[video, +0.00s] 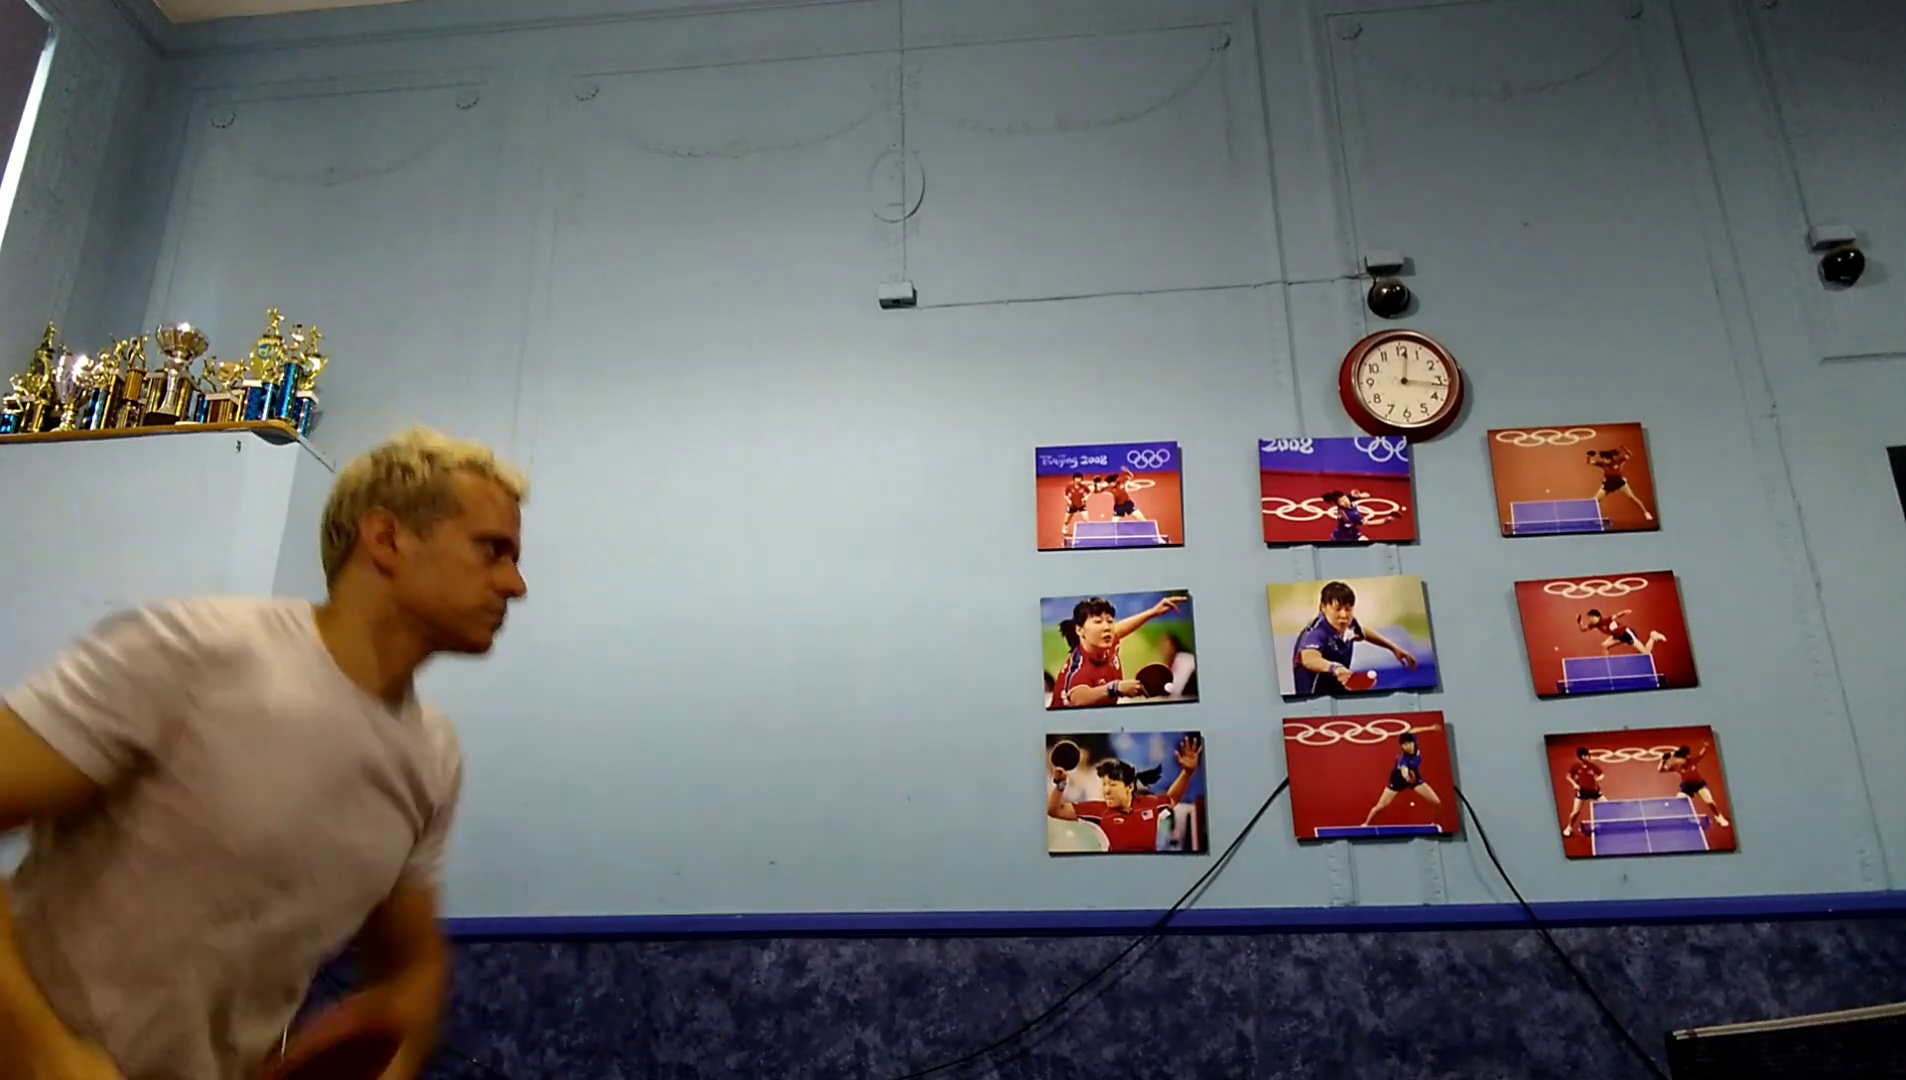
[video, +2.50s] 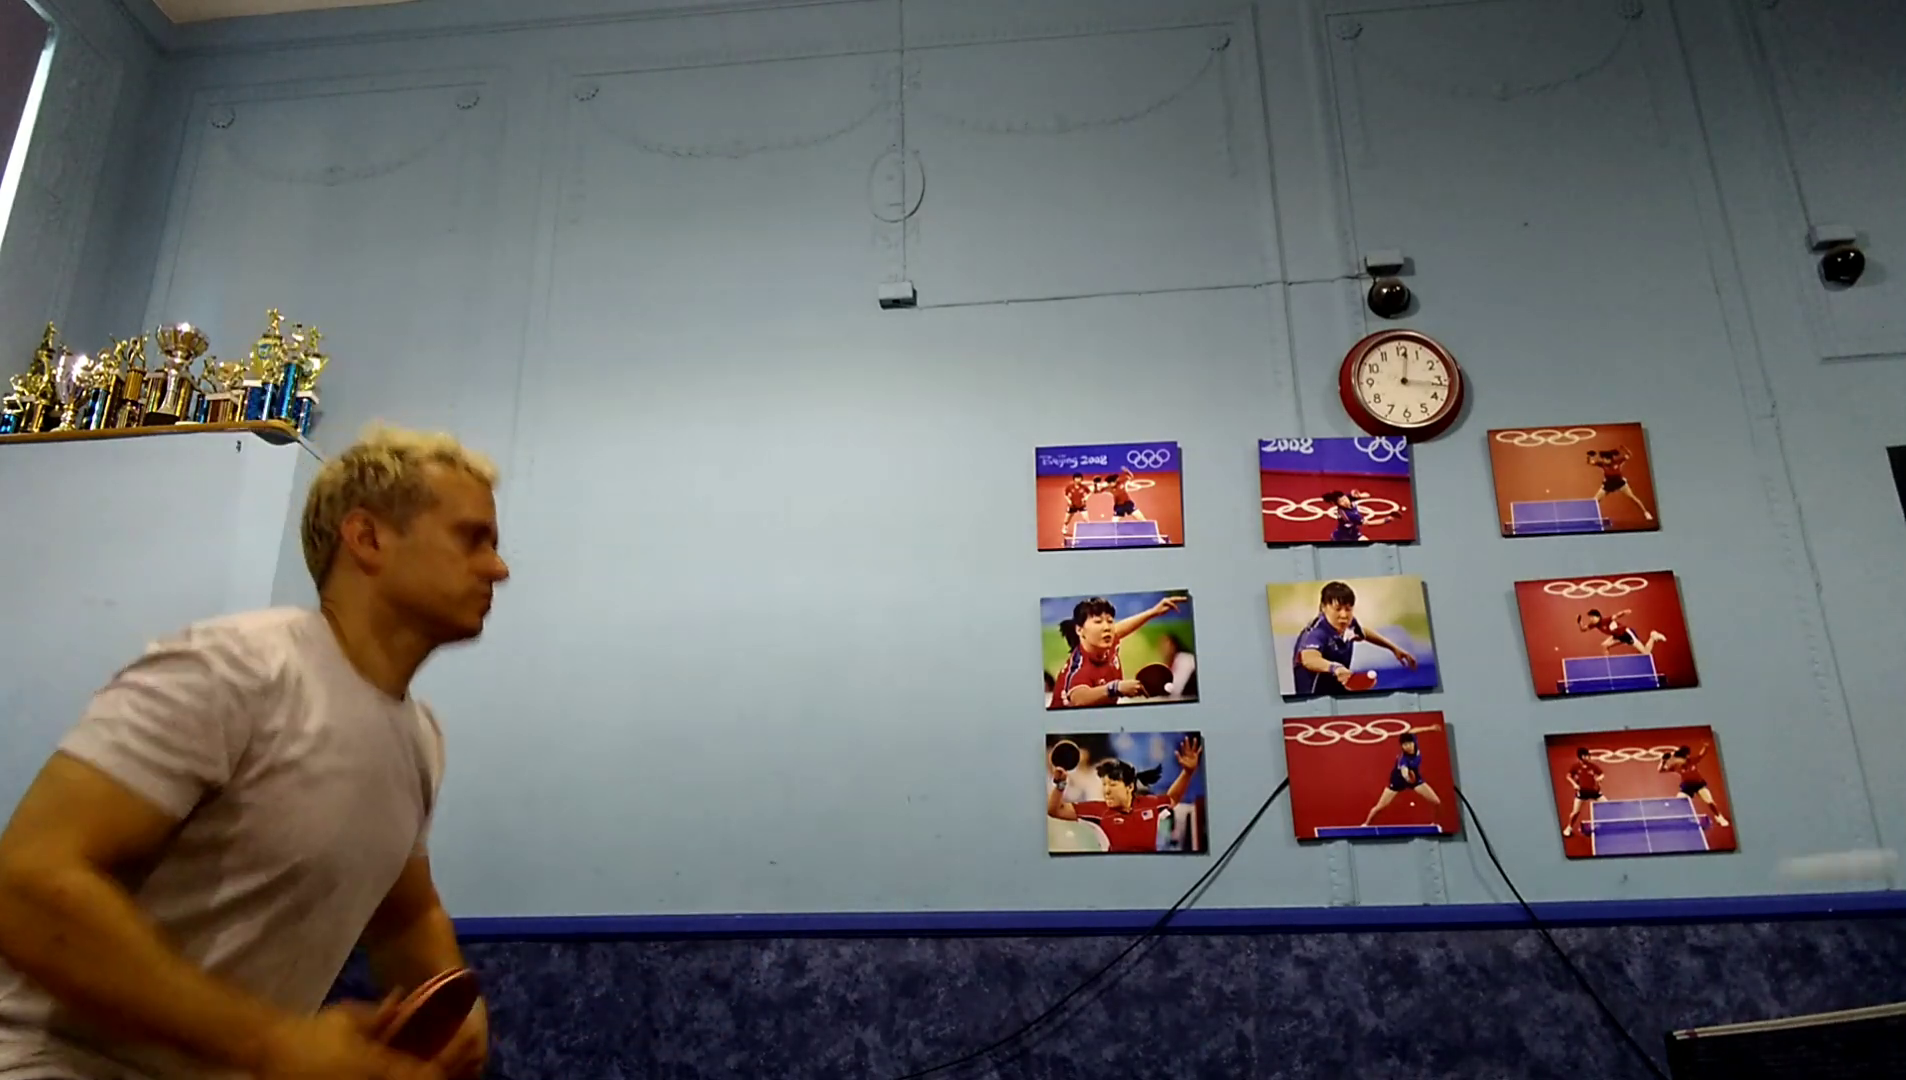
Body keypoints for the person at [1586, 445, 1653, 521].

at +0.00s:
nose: (1605, 461)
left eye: (1606, 460)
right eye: (1603, 460)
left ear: (1610, 459)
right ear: (1603, 459)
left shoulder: (1618, 461)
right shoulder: (1602, 464)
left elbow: (1629, 456)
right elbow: (1590, 463)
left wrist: (1624, 448)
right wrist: (1589, 457)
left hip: (1620, 482)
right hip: (1608, 483)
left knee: (1632, 497)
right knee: (1595, 499)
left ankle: (1645, 512)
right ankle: (1591, 518)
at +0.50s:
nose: (1605, 461)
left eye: (1606, 460)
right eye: (1603, 460)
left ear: (1610, 459)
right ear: (1603, 459)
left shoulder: (1617, 461)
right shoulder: (1602, 464)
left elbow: (1629, 456)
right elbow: (1590, 463)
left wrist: (1625, 449)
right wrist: (1589, 457)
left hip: (1620, 482)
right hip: (1608, 483)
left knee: (1631, 497)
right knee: (1595, 499)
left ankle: (1645, 512)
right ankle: (1592, 519)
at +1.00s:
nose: (1605, 461)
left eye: (1606, 460)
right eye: (1604, 460)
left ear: (1610, 459)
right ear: (1603, 459)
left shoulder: (1617, 462)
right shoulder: (1602, 464)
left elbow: (1629, 456)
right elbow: (1590, 463)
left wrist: (1624, 449)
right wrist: (1589, 457)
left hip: (1620, 482)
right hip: (1608, 483)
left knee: (1632, 497)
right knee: (1595, 499)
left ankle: (1645, 512)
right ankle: (1592, 519)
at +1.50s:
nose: (1605, 461)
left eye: (1606, 460)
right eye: (1603, 460)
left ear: (1610, 459)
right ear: (1603, 459)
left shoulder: (1617, 461)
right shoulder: (1602, 464)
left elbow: (1629, 457)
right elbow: (1590, 463)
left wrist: (1624, 449)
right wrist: (1590, 457)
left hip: (1620, 482)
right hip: (1608, 483)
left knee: (1632, 497)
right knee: (1595, 500)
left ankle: (1645, 512)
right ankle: (1592, 519)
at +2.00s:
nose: (1605, 461)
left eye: (1606, 460)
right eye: (1603, 460)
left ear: (1609, 459)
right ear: (1603, 459)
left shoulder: (1617, 461)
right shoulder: (1602, 464)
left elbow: (1628, 457)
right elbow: (1590, 463)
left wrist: (1624, 449)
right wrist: (1590, 457)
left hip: (1620, 482)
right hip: (1608, 482)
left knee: (1632, 497)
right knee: (1595, 499)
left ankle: (1645, 512)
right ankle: (1593, 519)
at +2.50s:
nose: (1605, 461)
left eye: (1606, 460)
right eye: (1603, 460)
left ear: (1610, 459)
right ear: (1603, 459)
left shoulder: (1617, 461)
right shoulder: (1602, 464)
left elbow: (1629, 457)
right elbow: (1590, 463)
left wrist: (1624, 449)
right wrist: (1589, 457)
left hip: (1620, 482)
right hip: (1608, 483)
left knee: (1632, 497)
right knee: (1595, 499)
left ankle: (1645, 512)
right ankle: (1592, 519)